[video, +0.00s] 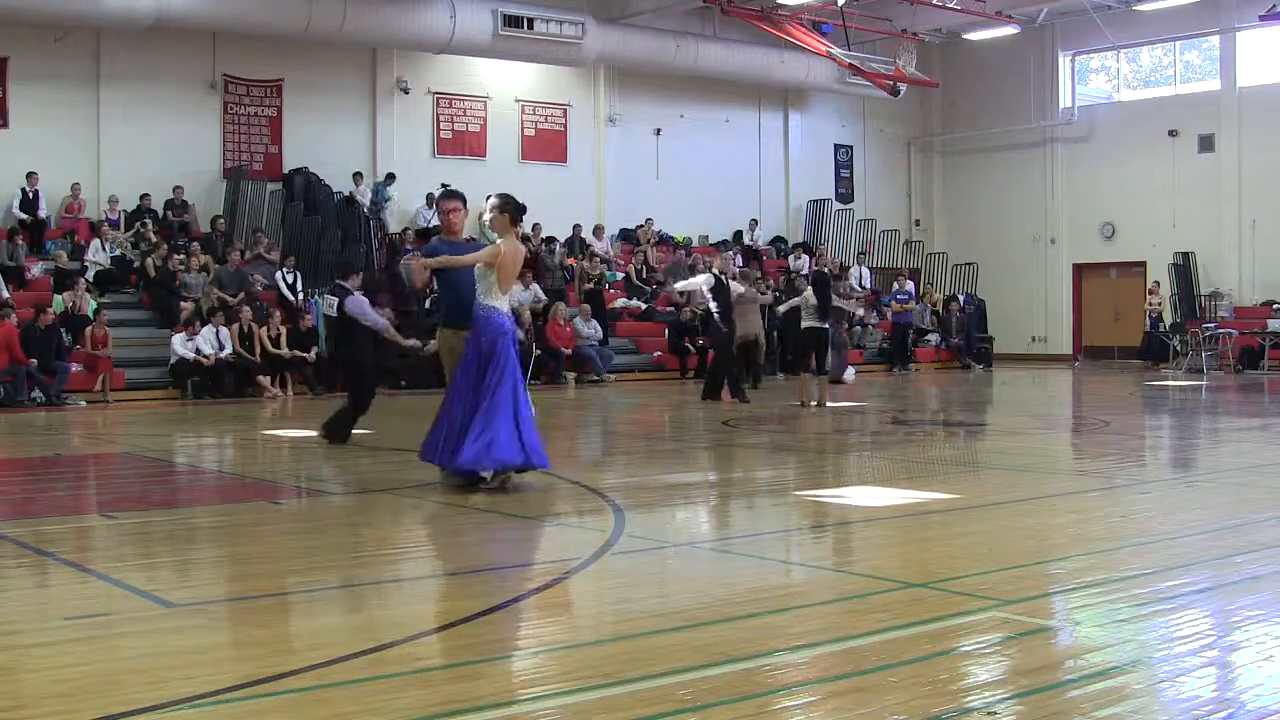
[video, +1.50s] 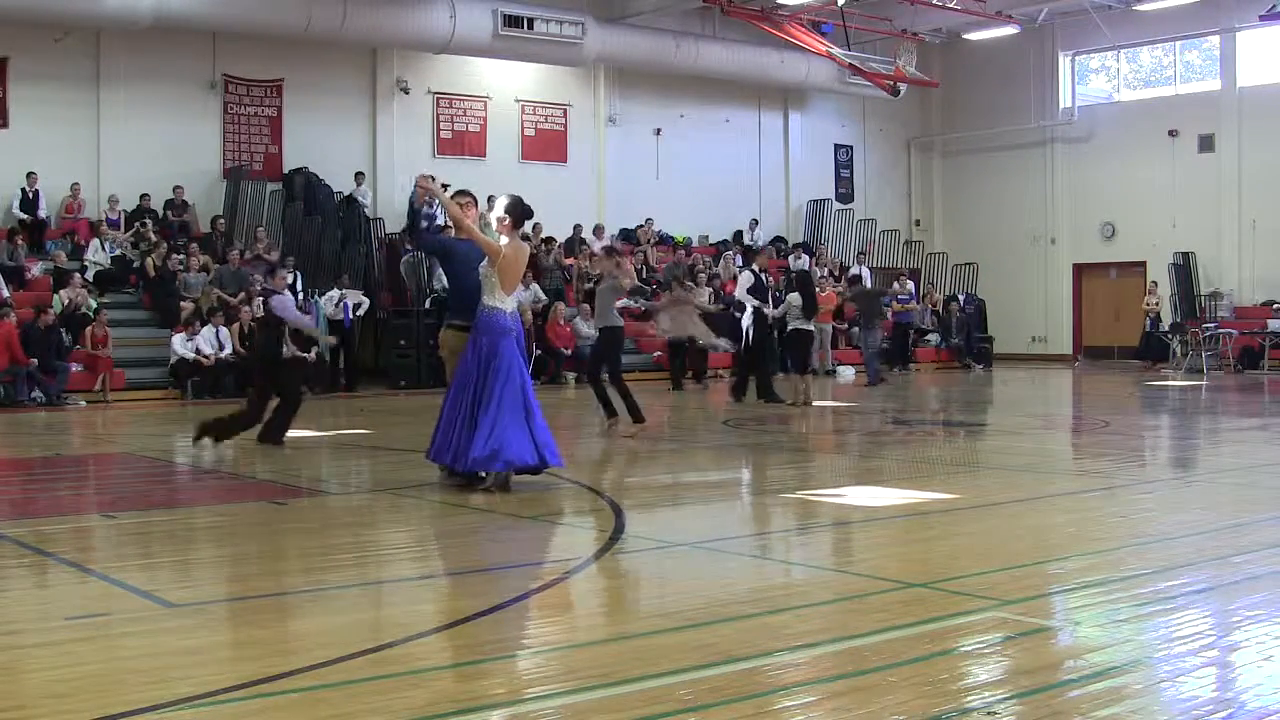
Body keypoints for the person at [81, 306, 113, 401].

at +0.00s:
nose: (106, 317)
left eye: (106, 315)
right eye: (104, 315)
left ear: (106, 317)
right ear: (97, 316)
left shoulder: (107, 331)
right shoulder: (89, 330)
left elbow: (109, 349)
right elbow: (88, 350)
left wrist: (100, 352)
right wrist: (100, 353)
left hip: (103, 355)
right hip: (92, 356)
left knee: (105, 361)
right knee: (107, 364)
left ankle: (99, 382)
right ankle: (107, 393)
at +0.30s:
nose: (106, 317)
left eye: (106, 314)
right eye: (104, 315)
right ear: (97, 316)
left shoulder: (108, 331)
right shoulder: (89, 330)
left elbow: (109, 349)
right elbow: (88, 350)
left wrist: (103, 351)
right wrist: (99, 353)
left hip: (103, 355)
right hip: (92, 356)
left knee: (105, 361)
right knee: (106, 365)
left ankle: (99, 382)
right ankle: (107, 393)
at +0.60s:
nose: (106, 317)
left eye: (106, 314)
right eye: (104, 314)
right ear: (97, 316)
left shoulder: (108, 331)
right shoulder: (89, 330)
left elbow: (109, 349)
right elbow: (88, 350)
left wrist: (103, 351)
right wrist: (99, 353)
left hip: (103, 355)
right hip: (92, 356)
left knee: (104, 361)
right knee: (106, 365)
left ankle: (99, 382)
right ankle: (107, 393)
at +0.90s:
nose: (106, 317)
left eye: (106, 314)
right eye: (104, 314)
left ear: (105, 316)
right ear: (97, 316)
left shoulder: (107, 330)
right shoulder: (89, 330)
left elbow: (109, 349)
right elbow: (89, 350)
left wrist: (104, 352)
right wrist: (100, 353)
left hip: (103, 355)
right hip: (92, 356)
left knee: (105, 361)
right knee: (106, 365)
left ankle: (99, 382)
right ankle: (107, 393)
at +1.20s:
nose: (106, 317)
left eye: (106, 314)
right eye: (104, 315)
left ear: (105, 317)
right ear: (97, 316)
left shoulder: (107, 330)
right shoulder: (89, 330)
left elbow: (109, 349)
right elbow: (89, 350)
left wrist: (105, 352)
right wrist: (100, 353)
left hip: (103, 355)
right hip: (92, 356)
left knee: (105, 361)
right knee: (106, 365)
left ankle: (99, 382)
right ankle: (107, 393)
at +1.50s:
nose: (106, 317)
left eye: (106, 315)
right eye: (104, 315)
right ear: (97, 316)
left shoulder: (107, 330)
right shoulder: (89, 330)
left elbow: (109, 348)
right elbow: (89, 350)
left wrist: (105, 352)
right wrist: (99, 353)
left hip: (103, 355)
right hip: (92, 355)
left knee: (104, 360)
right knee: (107, 364)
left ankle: (98, 382)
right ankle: (107, 393)